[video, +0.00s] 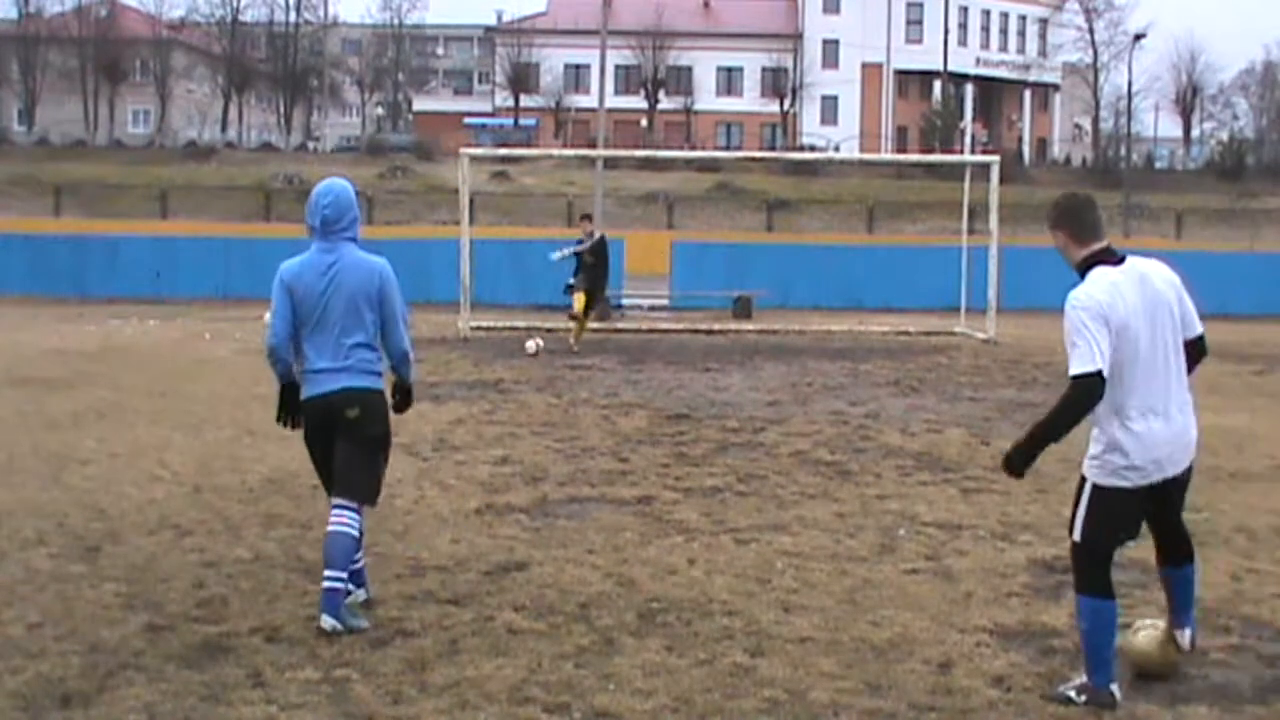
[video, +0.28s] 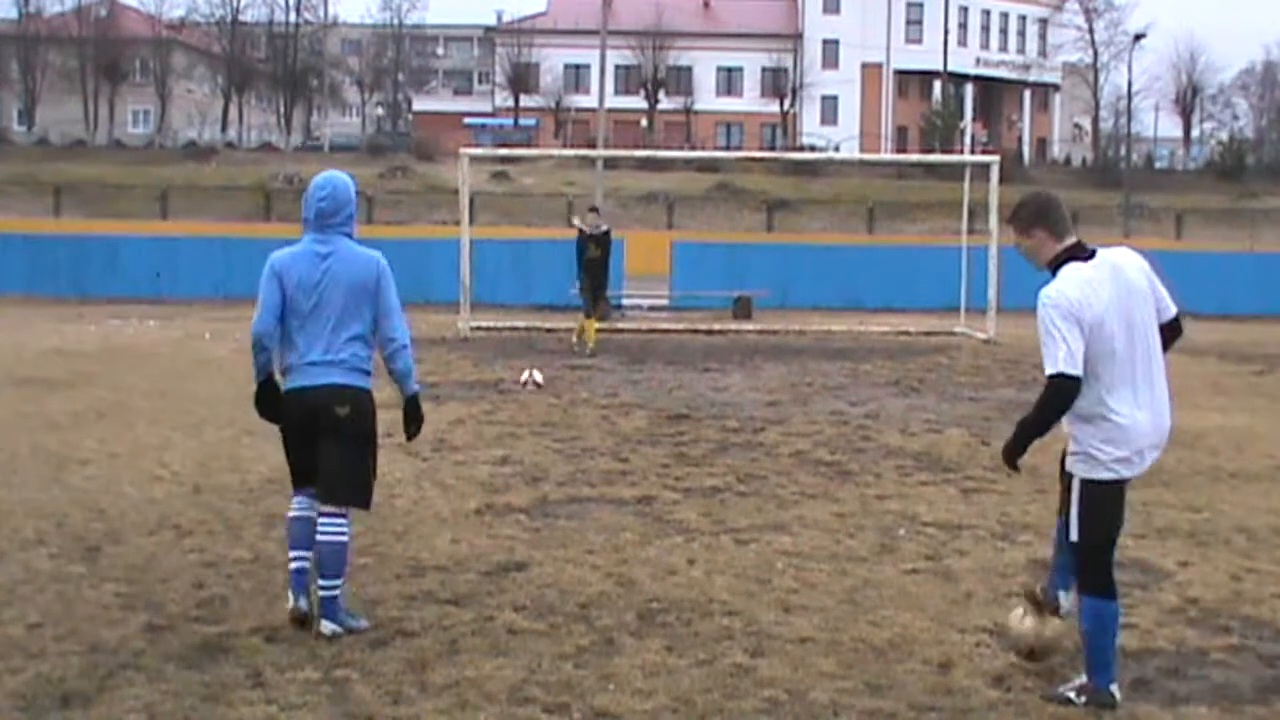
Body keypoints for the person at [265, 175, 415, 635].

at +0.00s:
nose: (357, 220)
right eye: (356, 213)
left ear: (312, 219)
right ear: (356, 217)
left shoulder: (290, 272)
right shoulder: (377, 269)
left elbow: (277, 342)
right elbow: (396, 340)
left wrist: (288, 381)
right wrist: (404, 377)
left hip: (316, 402)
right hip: (364, 399)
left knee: (343, 496)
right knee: (347, 501)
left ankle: (357, 588)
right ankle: (332, 607)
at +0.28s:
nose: (352, 214)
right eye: (353, 206)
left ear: (309, 210)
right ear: (352, 211)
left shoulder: (281, 263)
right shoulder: (372, 264)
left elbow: (263, 332)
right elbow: (394, 338)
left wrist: (264, 379)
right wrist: (411, 392)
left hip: (297, 398)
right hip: (351, 399)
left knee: (304, 489)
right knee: (336, 505)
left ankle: (299, 589)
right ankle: (331, 610)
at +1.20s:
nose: (431, 215)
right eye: (430, 207)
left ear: (382, 206)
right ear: (428, 210)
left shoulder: (351, 264)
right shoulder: (443, 265)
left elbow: (326, 342)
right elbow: (468, 339)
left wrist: (318, 399)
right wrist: (493, 384)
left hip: (363, 407)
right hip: (414, 412)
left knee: (373, 514)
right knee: (410, 528)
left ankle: (350, 627)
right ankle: (395, 643)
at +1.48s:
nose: (451, 231)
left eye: (451, 224)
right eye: (449, 224)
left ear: (400, 218)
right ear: (440, 224)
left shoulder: (361, 277)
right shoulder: (443, 278)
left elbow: (337, 355)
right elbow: (466, 360)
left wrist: (319, 413)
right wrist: (495, 414)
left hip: (385, 430)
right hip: (440, 427)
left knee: (415, 530)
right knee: (490, 517)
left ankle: (416, 646)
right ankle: (446, 608)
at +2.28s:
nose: (525, 239)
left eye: (525, 230)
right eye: (524, 230)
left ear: (472, 220)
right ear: (511, 230)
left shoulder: (420, 270)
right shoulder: (504, 286)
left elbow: (386, 354)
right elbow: (505, 380)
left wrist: (402, 406)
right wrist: (529, 434)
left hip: (404, 429)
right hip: (463, 436)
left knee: (424, 542)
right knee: (473, 556)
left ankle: (406, 658)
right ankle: (459, 680)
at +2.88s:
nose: (500, 233)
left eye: (497, 222)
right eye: (496, 225)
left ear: (451, 222)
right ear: (483, 225)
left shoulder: (418, 272)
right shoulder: (478, 280)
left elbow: (414, 350)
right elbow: (475, 366)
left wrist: (468, 386)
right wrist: (494, 393)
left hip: (393, 429)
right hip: (446, 436)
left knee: (390, 559)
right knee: (484, 555)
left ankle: (366, 684)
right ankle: (454, 682)